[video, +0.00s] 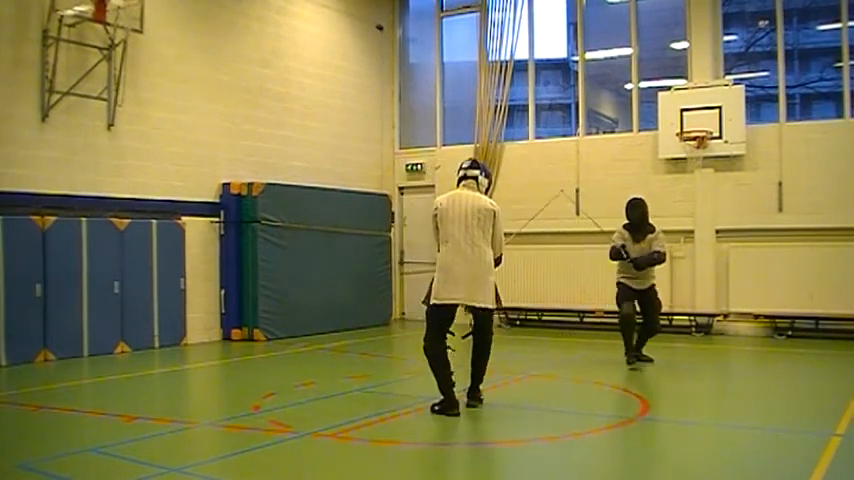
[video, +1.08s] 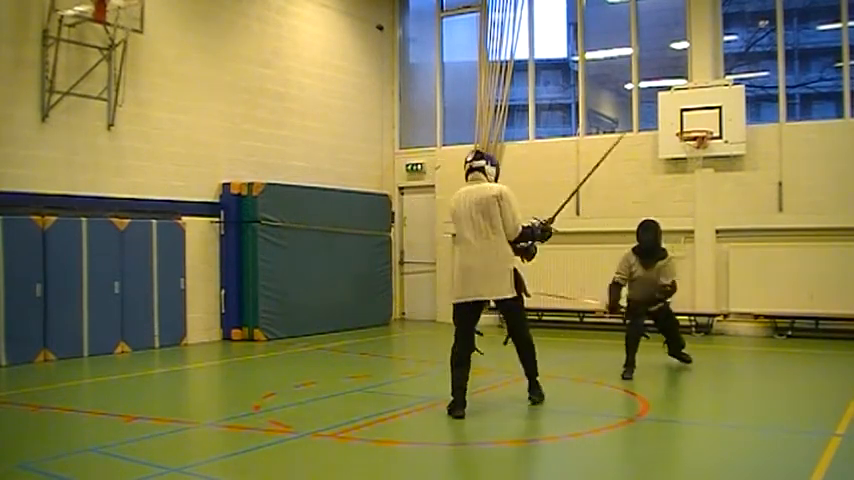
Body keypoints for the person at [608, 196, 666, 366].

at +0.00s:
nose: (634, 216)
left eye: (638, 212)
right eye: (631, 212)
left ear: (645, 213)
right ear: (627, 214)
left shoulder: (655, 233)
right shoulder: (622, 233)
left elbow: (660, 256)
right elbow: (613, 254)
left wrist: (645, 261)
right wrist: (622, 253)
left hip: (647, 284)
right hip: (626, 283)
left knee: (652, 324)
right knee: (627, 313)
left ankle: (637, 350)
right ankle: (629, 352)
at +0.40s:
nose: (643, 219)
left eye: (646, 214)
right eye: (640, 215)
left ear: (653, 214)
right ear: (635, 216)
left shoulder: (663, 233)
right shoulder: (630, 234)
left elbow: (671, 256)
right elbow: (622, 256)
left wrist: (655, 260)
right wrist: (637, 256)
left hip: (657, 285)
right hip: (636, 286)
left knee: (671, 322)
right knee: (641, 319)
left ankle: (660, 349)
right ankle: (637, 358)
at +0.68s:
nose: (648, 231)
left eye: (650, 226)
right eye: (644, 227)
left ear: (656, 222)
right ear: (638, 224)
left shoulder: (668, 240)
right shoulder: (632, 242)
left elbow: (674, 263)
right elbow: (622, 268)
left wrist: (660, 273)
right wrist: (637, 260)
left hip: (661, 291)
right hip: (639, 291)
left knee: (670, 326)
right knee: (635, 319)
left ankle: (666, 353)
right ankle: (629, 356)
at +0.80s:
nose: (640, 239)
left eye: (644, 235)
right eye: (637, 235)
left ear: (652, 230)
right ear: (633, 231)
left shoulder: (661, 247)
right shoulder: (629, 246)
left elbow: (660, 270)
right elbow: (614, 267)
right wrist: (617, 263)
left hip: (658, 298)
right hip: (637, 298)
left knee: (669, 330)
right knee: (636, 327)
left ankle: (665, 352)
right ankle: (629, 365)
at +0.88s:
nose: (643, 251)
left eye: (647, 247)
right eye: (640, 247)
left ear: (654, 241)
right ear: (635, 242)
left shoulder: (662, 255)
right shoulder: (630, 251)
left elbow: (650, 273)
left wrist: (622, 273)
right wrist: (607, 262)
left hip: (656, 302)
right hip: (635, 301)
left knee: (670, 333)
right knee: (634, 326)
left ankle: (666, 351)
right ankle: (629, 365)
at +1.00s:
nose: (643, 254)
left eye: (647, 250)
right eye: (641, 250)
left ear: (655, 243)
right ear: (637, 243)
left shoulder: (663, 259)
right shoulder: (630, 256)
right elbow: (613, 274)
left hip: (655, 304)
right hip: (635, 303)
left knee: (669, 332)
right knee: (633, 327)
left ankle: (671, 350)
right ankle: (629, 364)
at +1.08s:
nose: (648, 240)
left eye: (652, 236)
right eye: (644, 235)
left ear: (658, 237)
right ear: (638, 237)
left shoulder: (665, 260)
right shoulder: (630, 258)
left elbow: (670, 285)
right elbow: (617, 281)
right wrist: (614, 301)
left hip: (657, 303)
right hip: (636, 303)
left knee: (673, 328)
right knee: (634, 331)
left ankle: (674, 350)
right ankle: (629, 365)